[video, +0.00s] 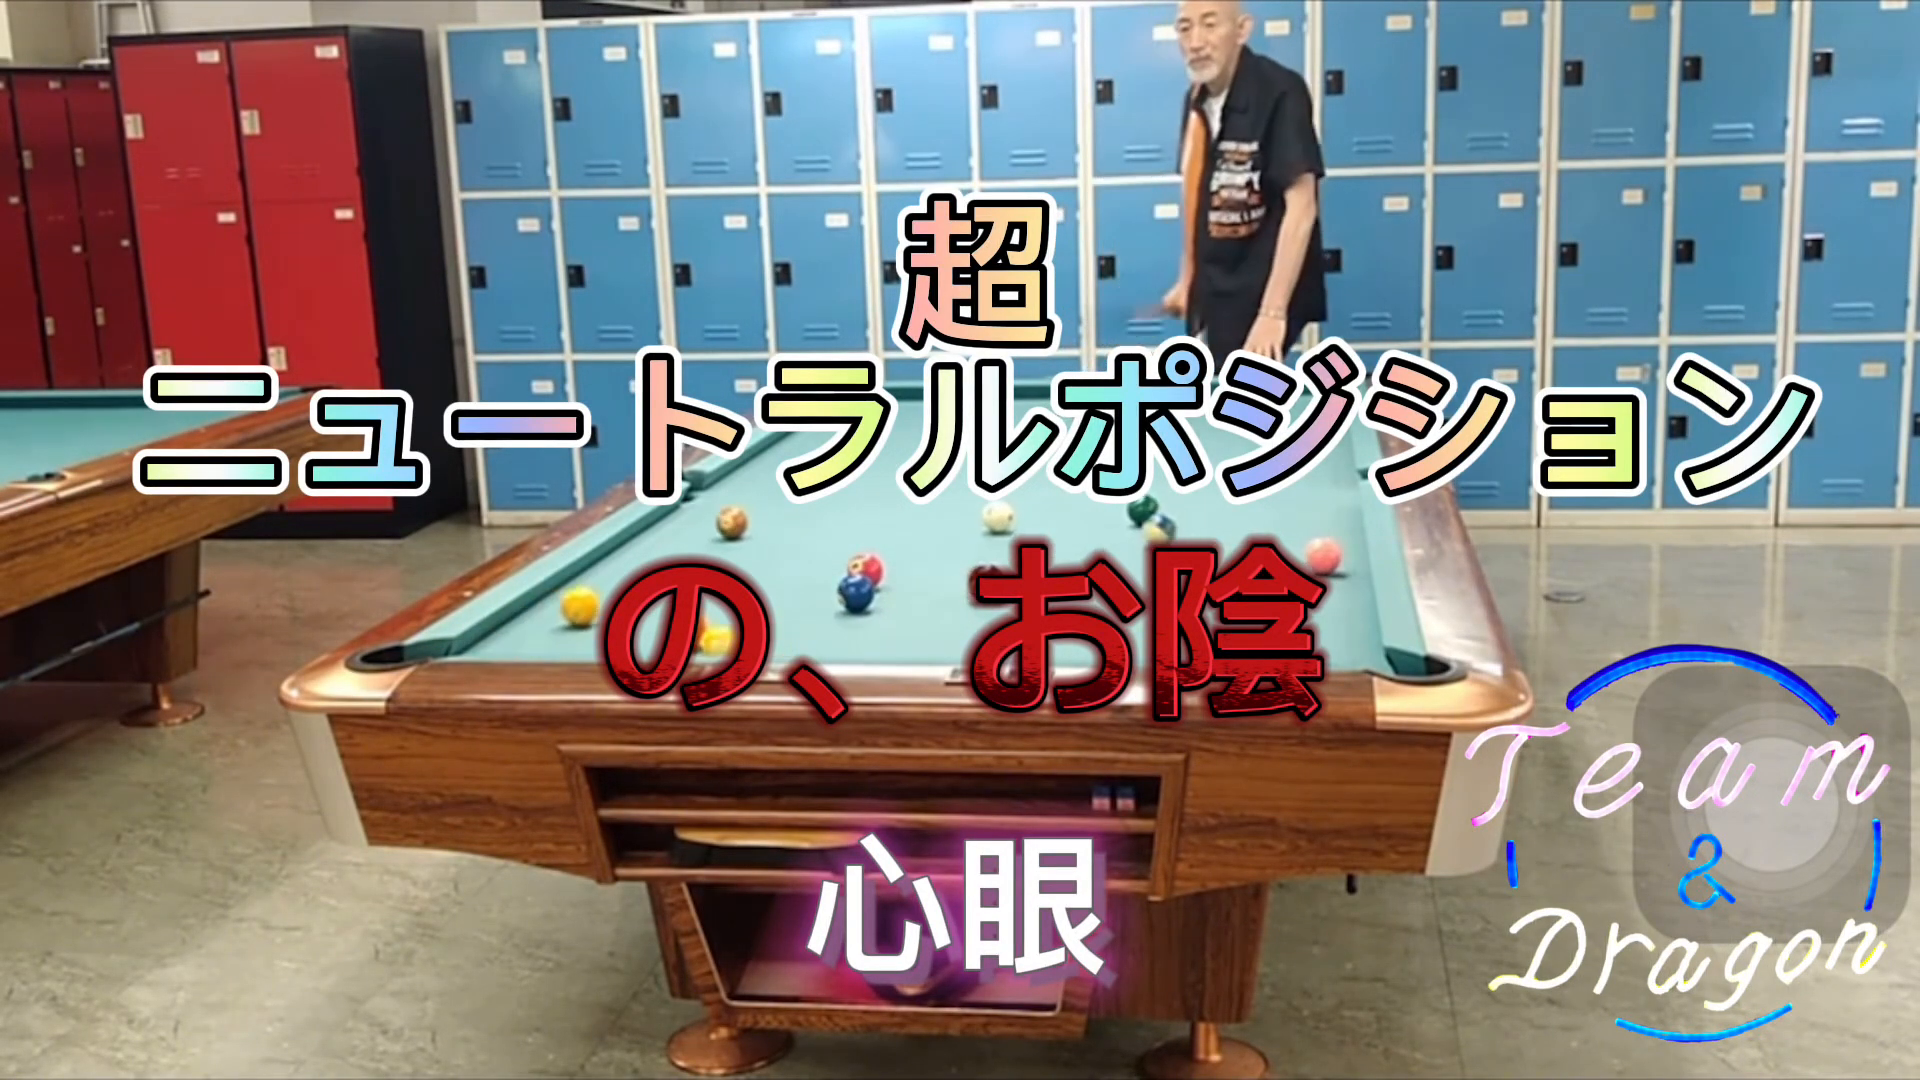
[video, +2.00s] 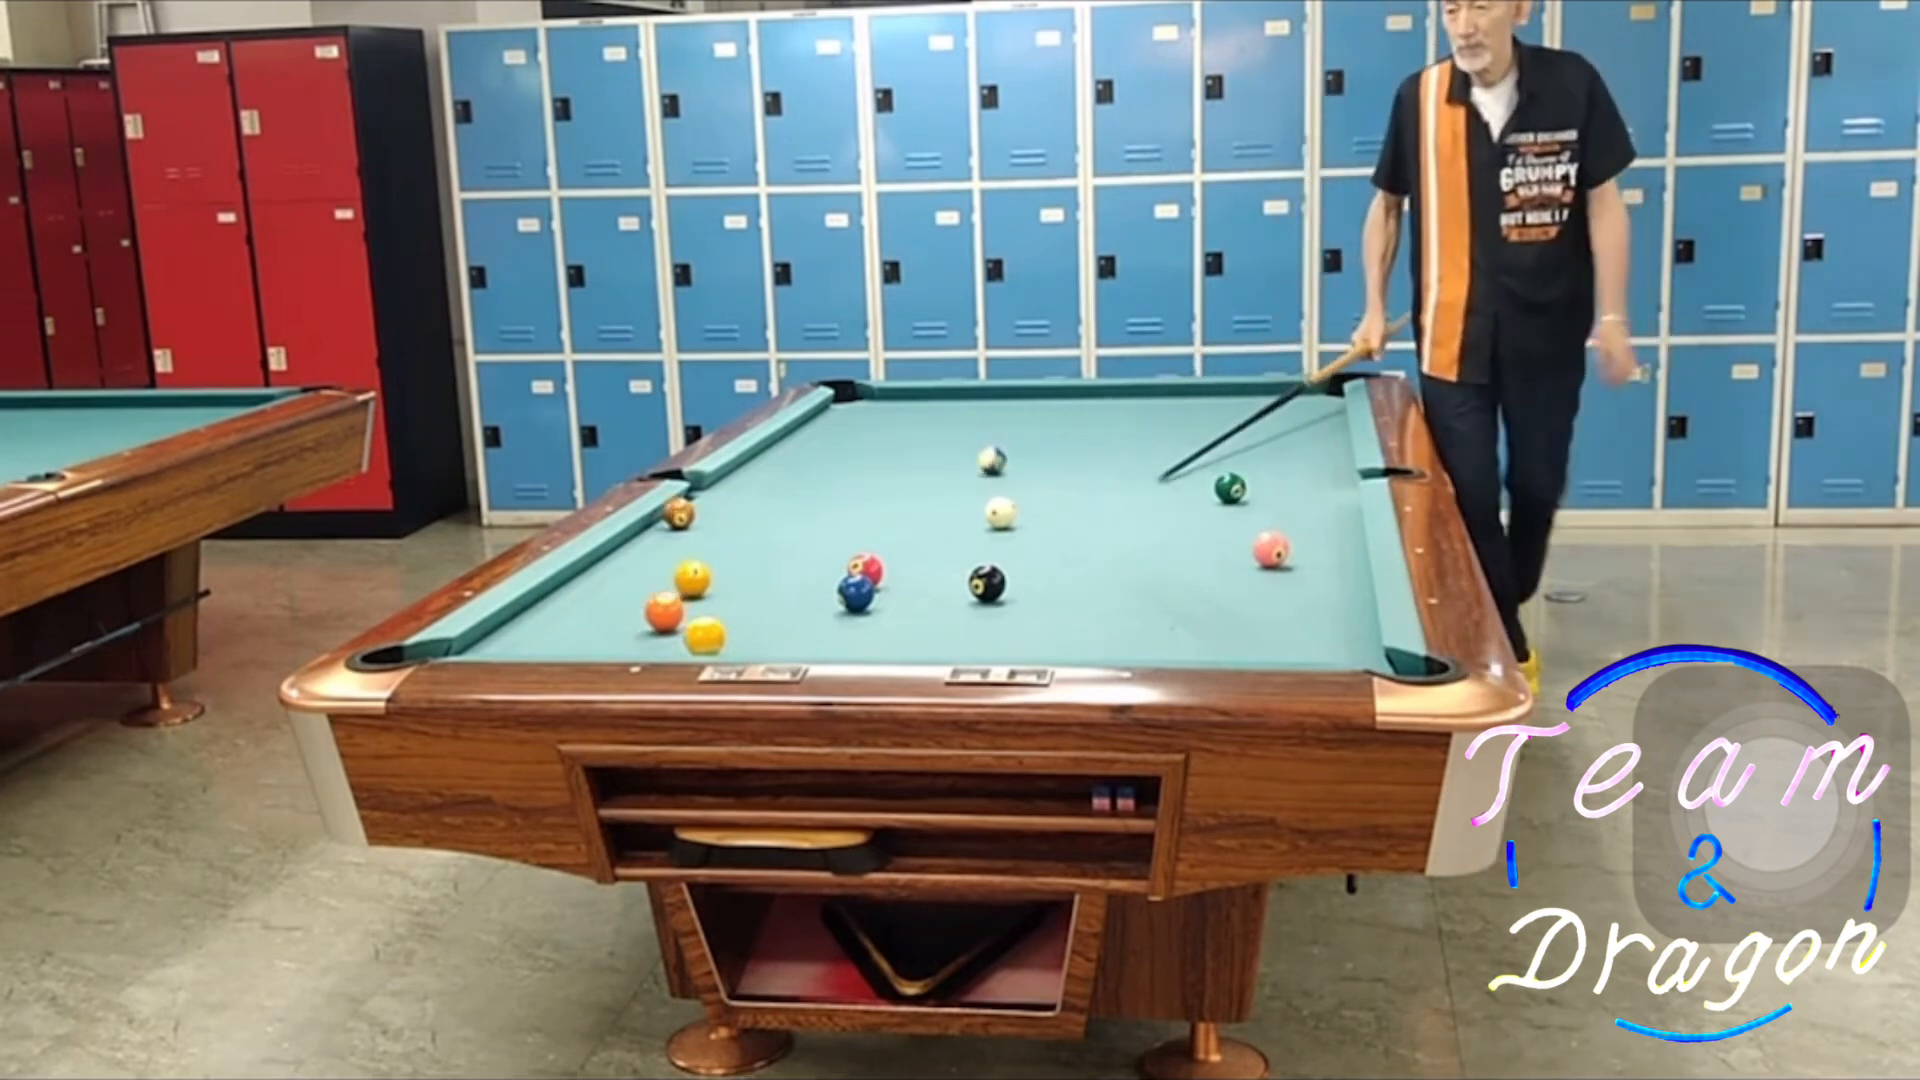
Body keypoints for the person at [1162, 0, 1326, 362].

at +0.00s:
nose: (1195, 42)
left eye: (1210, 24)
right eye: (1185, 28)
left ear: (1242, 29)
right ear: (1177, 36)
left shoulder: (1282, 91)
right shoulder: (1196, 96)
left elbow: (1302, 206)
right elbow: (1194, 193)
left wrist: (1272, 313)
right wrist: (1187, 279)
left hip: (1264, 302)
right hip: (1213, 299)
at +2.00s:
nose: (1464, 24)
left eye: (1481, 8)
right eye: (1453, 10)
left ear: (1518, 11)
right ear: (1441, 17)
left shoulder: (1571, 82)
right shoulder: (1419, 95)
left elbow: (1605, 203)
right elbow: (1387, 207)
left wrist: (1612, 317)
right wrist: (1374, 309)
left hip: (1547, 338)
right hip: (1453, 338)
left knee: (1537, 491)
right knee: (1470, 499)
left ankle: (1510, 601)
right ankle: (1505, 652)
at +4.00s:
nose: (1314, 300)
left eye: (1320, 281)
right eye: (1305, 284)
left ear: (1371, 256)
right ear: (1367, 247)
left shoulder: (1435, 287)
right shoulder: (1411, 219)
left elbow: (1336, 400)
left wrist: (1221, 467)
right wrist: (1475, 351)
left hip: (1610, 366)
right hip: (1619, 338)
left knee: (1504, 545)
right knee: (1557, 531)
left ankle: (1508, 716)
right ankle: (1607, 692)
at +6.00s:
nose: (1324, 362)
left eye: (1331, 346)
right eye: (1317, 348)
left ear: (1380, 318)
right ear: (1370, 303)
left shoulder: (1443, 341)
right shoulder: (1411, 257)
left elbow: (1348, 433)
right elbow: (1504, 230)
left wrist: (1221, 472)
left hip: (1633, 378)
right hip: (1614, 353)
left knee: (1508, 544)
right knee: (1539, 536)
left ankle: (1510, 707)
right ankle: (1607, 693)